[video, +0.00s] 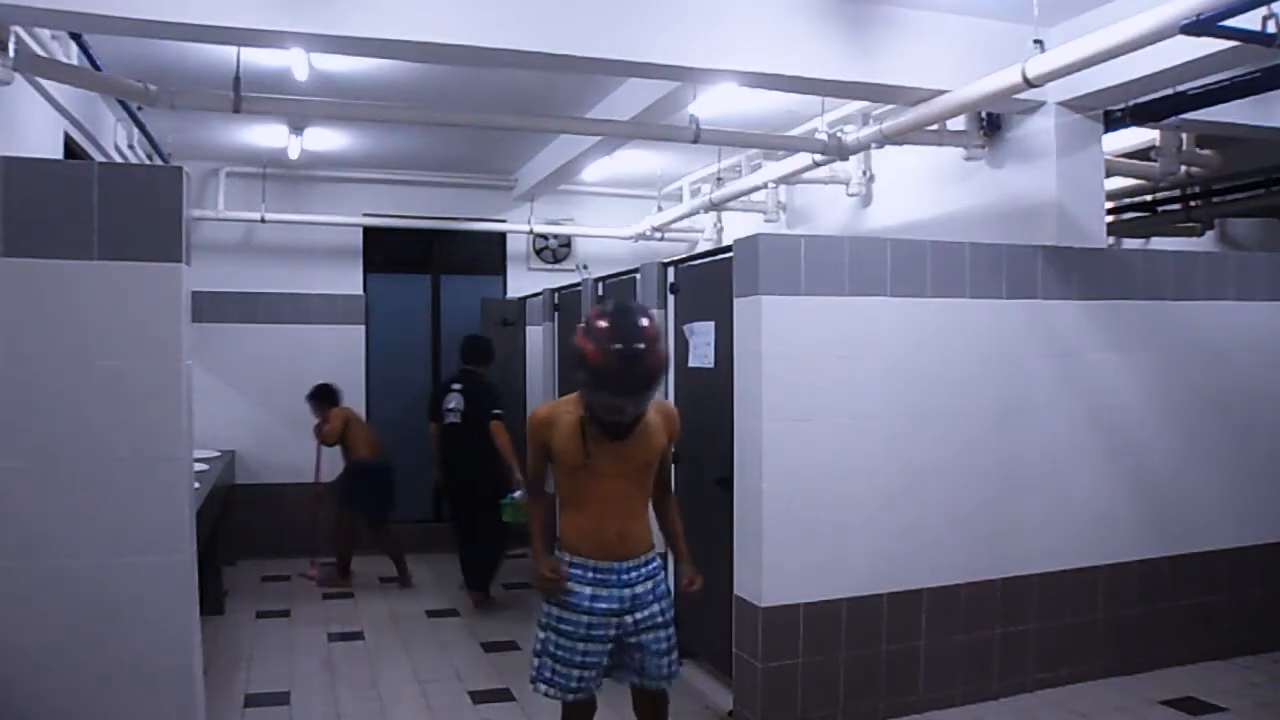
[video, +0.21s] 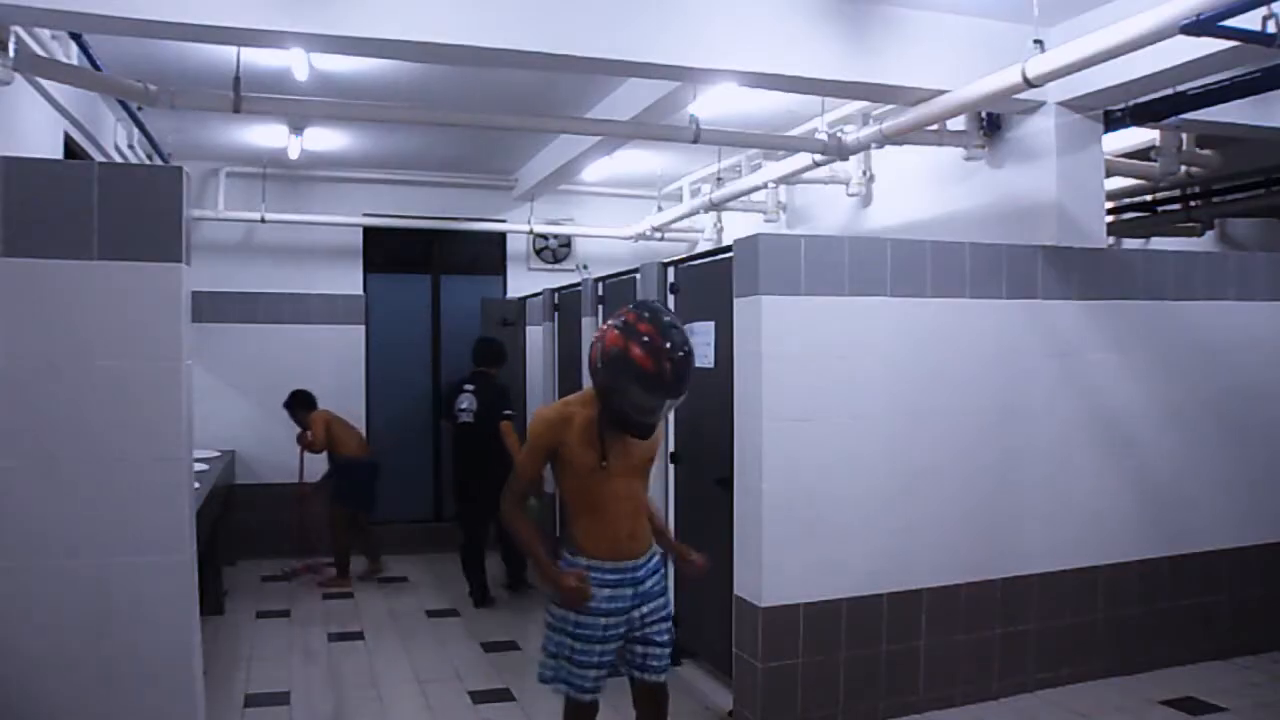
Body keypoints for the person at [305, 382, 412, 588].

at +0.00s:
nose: (314, 411)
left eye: (315, 406)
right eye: (313, 407)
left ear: (322, 404)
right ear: (334, 401)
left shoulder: (339, 413)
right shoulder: (350, 415)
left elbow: (331, 438)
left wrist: (319, 430)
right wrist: (332, 486)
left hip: (360, 473)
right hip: (379, 472)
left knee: (344, 522)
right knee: (379, 526)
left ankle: (342, 575)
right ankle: (403, 574)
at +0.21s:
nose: (294, 420)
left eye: (293, 415)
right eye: (292, 416)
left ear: (299, 411)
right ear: (311, 405)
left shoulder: (318, 417)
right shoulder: (328, 417)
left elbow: (319, 446)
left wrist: (305, 442)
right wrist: (318, 486)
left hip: (349, 468)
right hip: (365, 465)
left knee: (339, 520)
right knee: (358, 517)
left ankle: (342, 576)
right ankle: (374, 562)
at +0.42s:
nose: (283, 424)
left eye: (282, 419)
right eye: (280, 420)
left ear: (290, 412)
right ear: (297, 408)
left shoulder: (308, 420)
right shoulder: (313, 420)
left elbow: (316, 454)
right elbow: (320, 465)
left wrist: (299, 451)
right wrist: (304, 491)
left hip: (348, 470)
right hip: (351, 468)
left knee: (335, 520)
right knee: (335, 519)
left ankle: (340, 573)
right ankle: (337, 570)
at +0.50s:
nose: (280, 426)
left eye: (279, 420)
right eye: (277, 421)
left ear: (287, 413)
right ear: (294, 410)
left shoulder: (307, 421)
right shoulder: (310, 422)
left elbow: (315, 455)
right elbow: (314, 465)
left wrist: (298, 454)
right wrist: (301, 490)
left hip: (348, 470)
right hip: (348, 469)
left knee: (335, 520)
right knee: (334, 519)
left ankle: (340, 574)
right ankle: (336, 569)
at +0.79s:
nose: (274, 427)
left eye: (273, 421)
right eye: (270, 423)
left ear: (282, 412)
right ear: (284, 412)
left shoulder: (307, 422)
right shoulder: (303, 428)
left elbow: (317, 453)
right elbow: (310, 465)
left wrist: (297, 453)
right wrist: (297, 492)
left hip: (349, 469)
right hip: (338, 470)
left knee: (338, 520)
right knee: (331, 519)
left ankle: (344, 575)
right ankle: (336, 568)